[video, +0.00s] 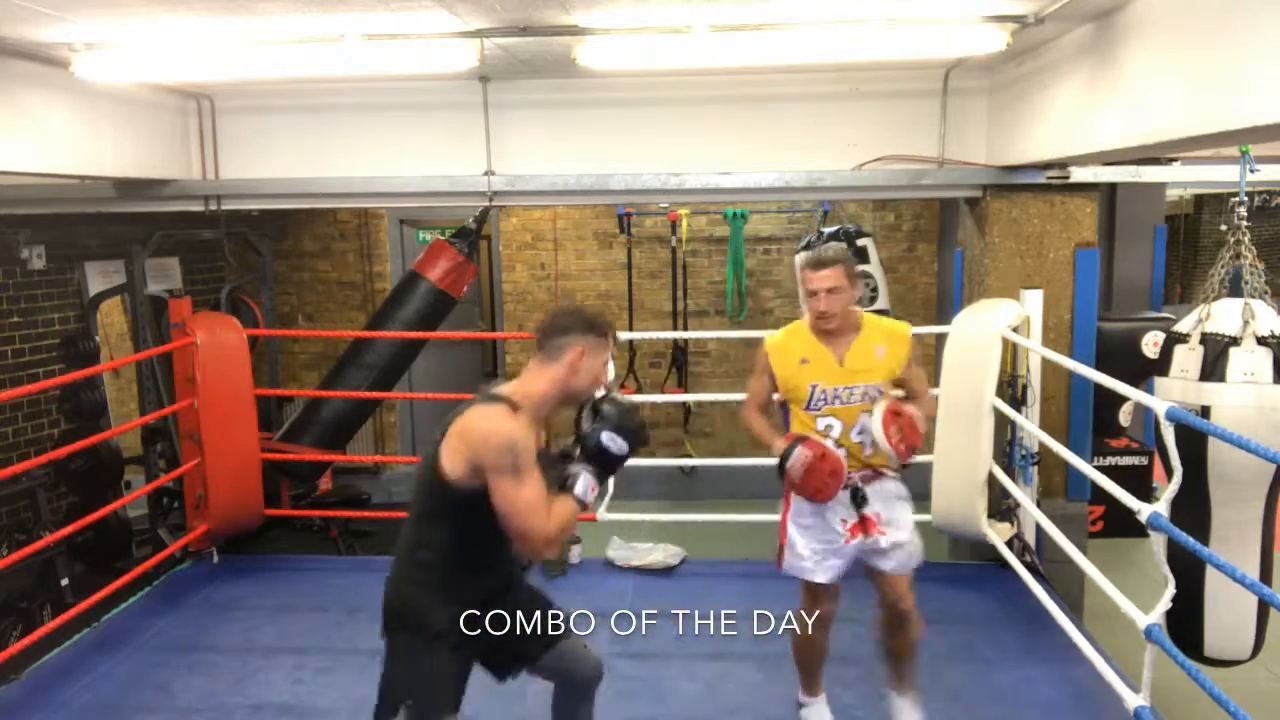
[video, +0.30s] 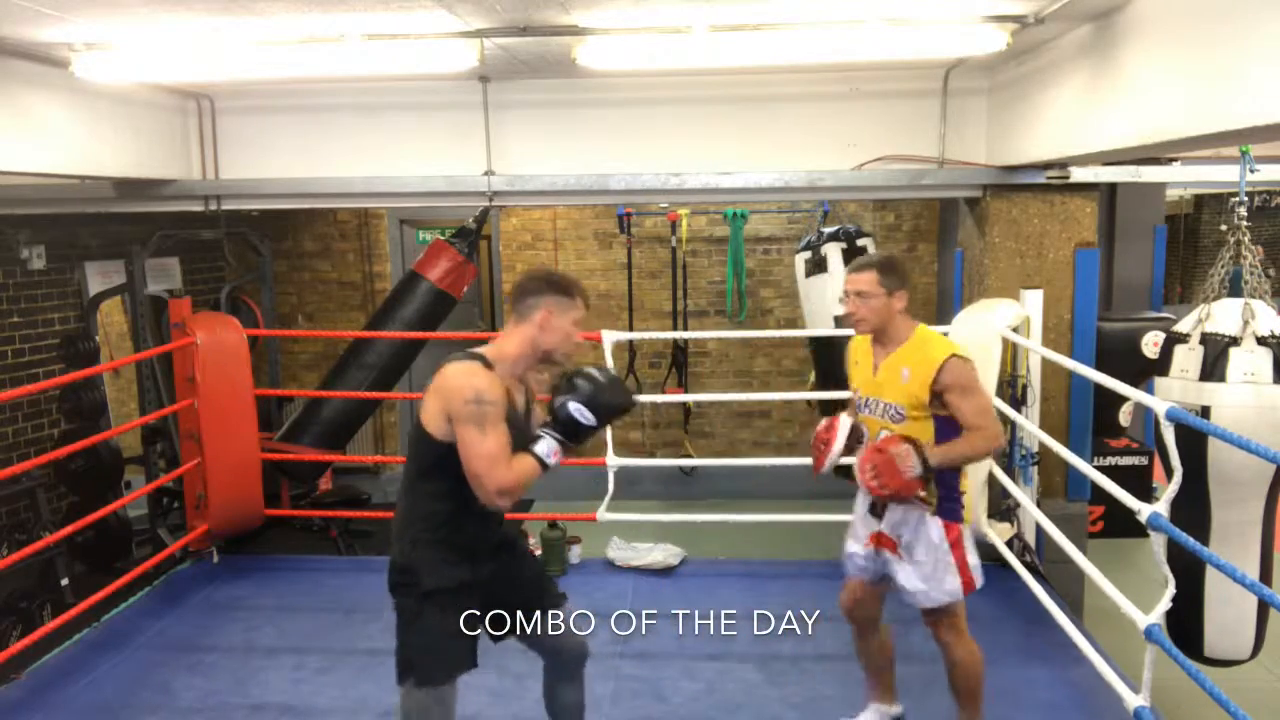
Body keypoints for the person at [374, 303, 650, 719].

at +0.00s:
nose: (606, 376)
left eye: (609, 363)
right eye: (605, 361)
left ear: (570, 358)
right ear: (575, 358)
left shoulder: (527, 414)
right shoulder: (497, 426)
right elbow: (539, 540)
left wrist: (568, 468)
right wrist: (592, 469)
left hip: (487, 594)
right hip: (435, 608)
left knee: (582, 671)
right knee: (421, 712)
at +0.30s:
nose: (580, 338)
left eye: (581, 327)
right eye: (576, 325)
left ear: (541, 322)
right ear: (541, 320)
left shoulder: (522, 387)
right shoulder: (470, 381)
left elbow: (515, 466)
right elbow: (497, 488)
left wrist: (562, 423)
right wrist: (560, 435)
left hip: (492, 555)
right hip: (434, 565)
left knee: (567, 650)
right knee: (428, 706)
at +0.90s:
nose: (542, 289)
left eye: (542, 278)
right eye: (536, 277)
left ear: (504, 277)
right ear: (504, 276)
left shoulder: (503, 340)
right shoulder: (446, 340)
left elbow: (508, 416)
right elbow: (482, 438)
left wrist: (555, 374)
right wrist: (545, 385)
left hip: (488, 519)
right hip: (431, 528)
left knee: (520, 628)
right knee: (404, 669)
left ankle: (533, 711)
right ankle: (363, 711)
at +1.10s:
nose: (546, 304)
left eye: (550, 293)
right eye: (543, 290)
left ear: (508, 285)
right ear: (509, 281)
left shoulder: (504, 343)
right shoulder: (455, 336)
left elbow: (516, 422)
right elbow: (514, 419)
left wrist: (566, 372)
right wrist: (558, 363)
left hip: (485, 517)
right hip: (431, 527)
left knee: (526, 614)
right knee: (396, 662)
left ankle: (535, 711)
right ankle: (348, 712)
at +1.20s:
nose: (540, 314)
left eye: (545, 304)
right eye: (539, 300)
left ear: (503, 290)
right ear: (507, 286)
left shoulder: (484, 343)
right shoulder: (464, 341)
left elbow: (521, 418)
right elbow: (538, 415)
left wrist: (560, 354)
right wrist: (564, 350)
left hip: (481, 524)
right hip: (427, 534)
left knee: (531, 615)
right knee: (387, 663)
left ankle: (536, 712)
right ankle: (343, 713)